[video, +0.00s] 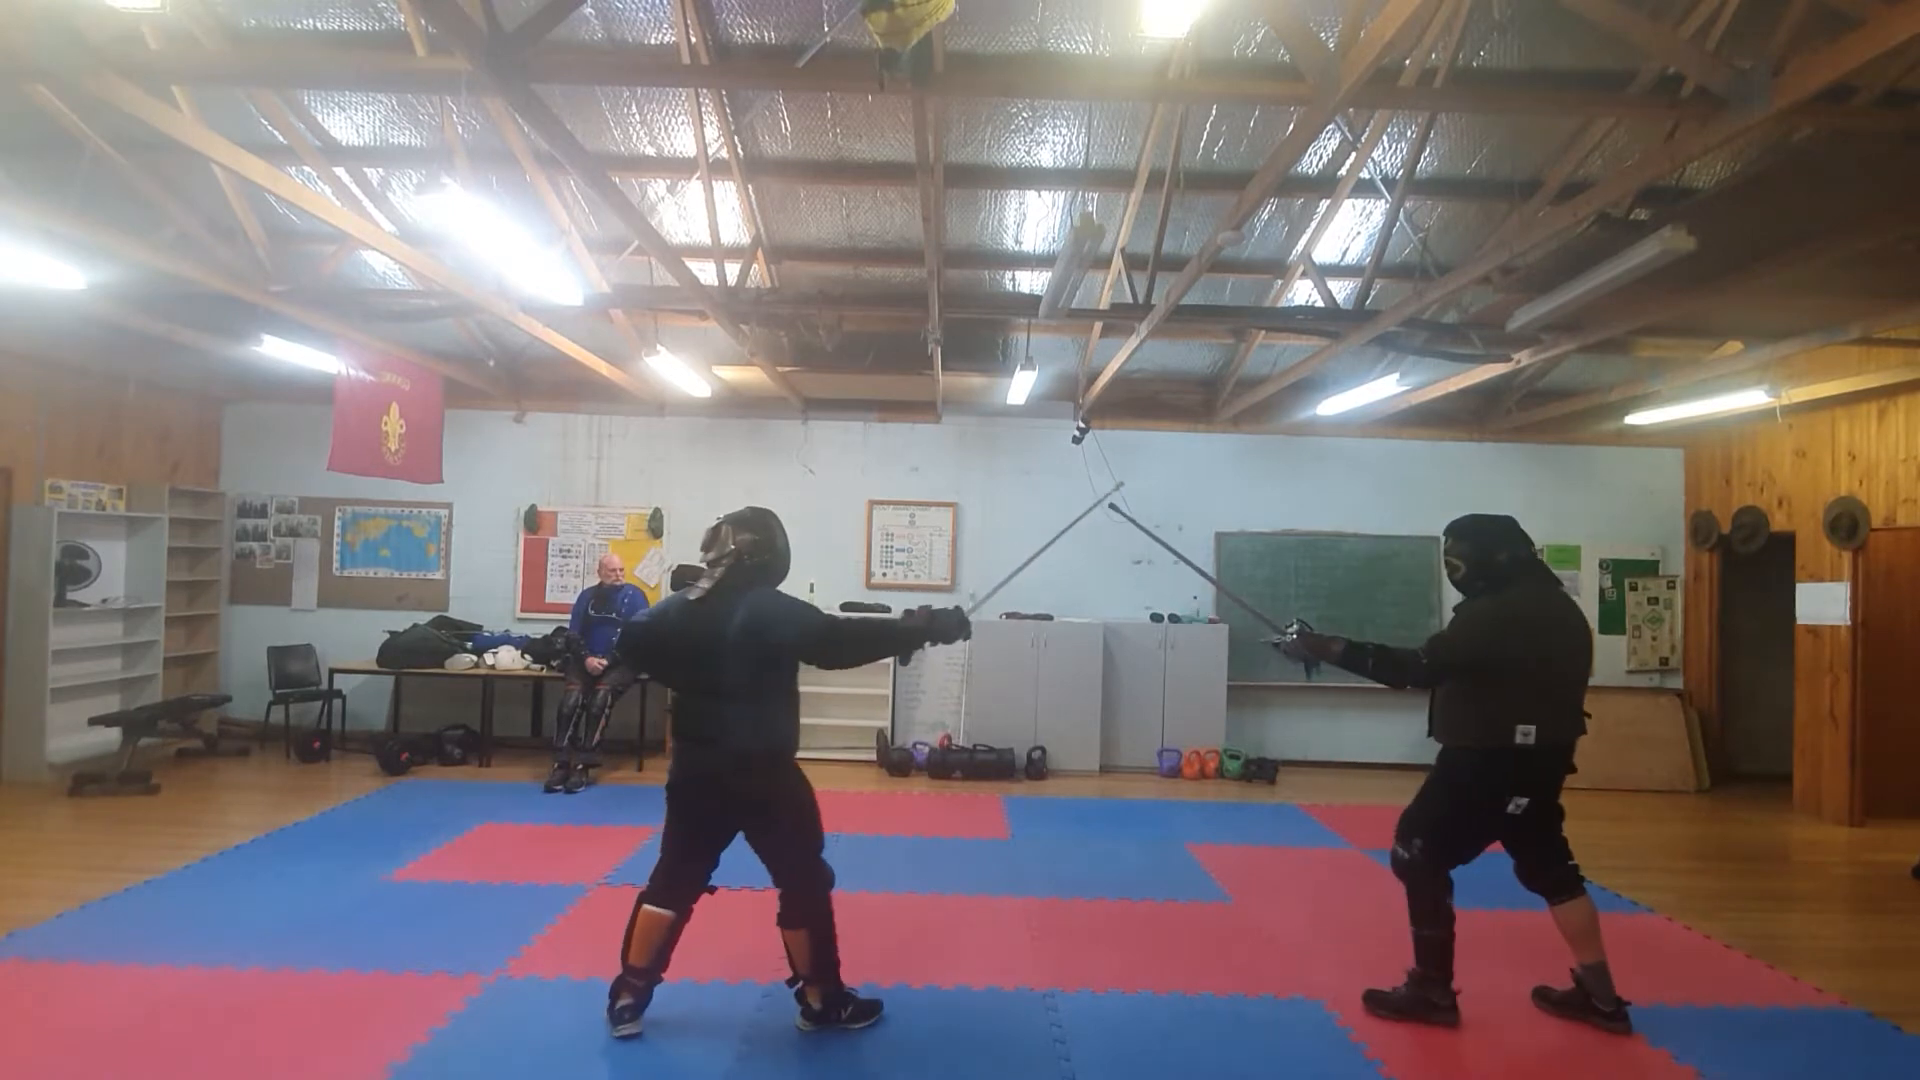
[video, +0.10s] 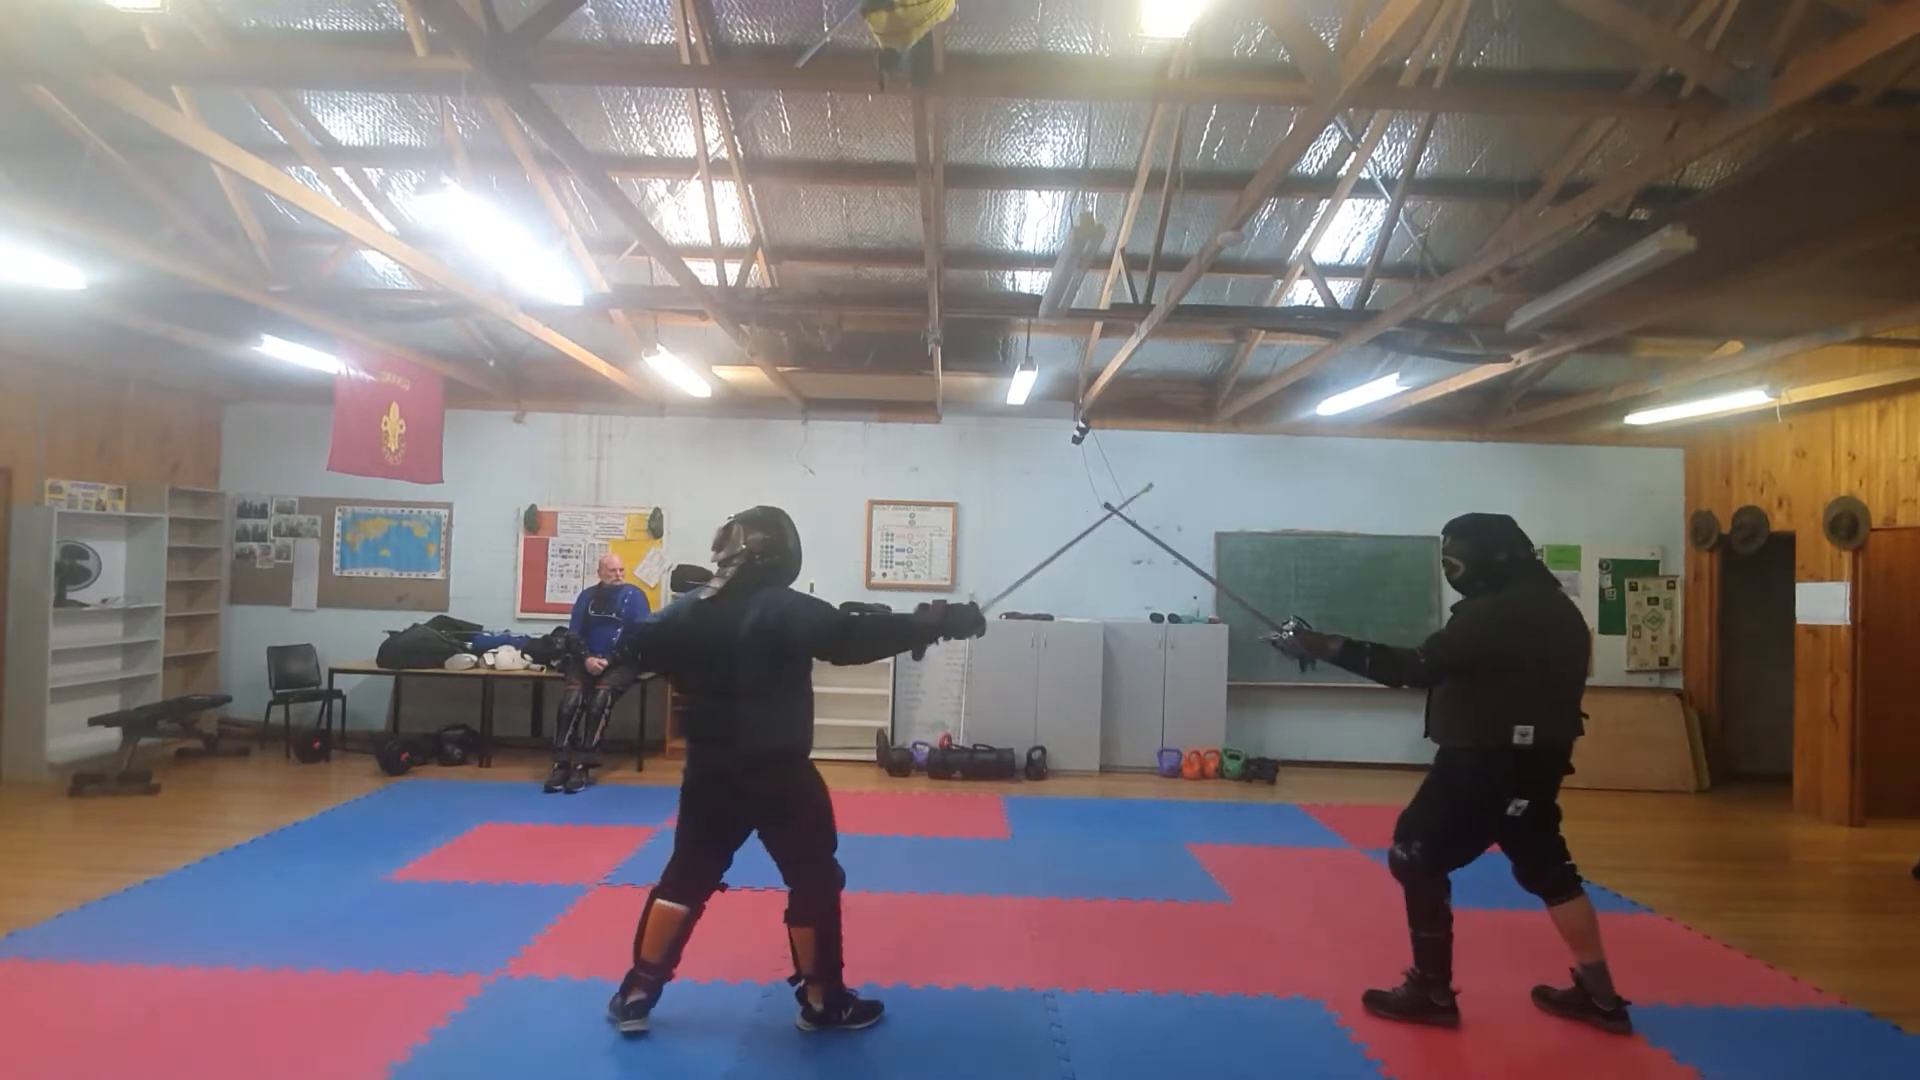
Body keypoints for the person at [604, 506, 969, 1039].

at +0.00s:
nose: (782, 566)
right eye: (779, 556)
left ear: (714, 555)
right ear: (772, 558)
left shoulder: (678, 615)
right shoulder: (779, 613)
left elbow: (632, 641)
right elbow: (840, 643)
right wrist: (922, 628)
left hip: (696, 781)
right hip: (770, 780)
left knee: (674, 878)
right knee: (804, 881)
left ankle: (628, 997)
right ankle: (821, 999)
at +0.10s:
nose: (793, 568)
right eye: (791, 558)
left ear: (726, 553)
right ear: (783, 557)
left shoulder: (687, 614)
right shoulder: (790, 610)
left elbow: (638, 644)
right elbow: (852, 638)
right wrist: (934, 622)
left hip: (711, 781)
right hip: (783, 779)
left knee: (685, 876)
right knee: (815, 879)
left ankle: (637, 993)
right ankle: (822, 999)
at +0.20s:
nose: (799, 565)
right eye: (797, 555)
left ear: (730, 553)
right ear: (788, 556)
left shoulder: (694, 613)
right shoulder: (793, 608)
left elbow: (641, 645)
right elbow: (856, 629)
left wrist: (616, 662)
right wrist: (937, 619)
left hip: (715, 779)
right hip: (787, 777)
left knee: (702, 873)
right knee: (818, 878)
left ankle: (668, 993)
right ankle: (822, 999)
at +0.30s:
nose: (798, 567)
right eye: (796, 557)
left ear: (730, 553)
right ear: (788, 557)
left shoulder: (693, 614)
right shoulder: (791, 610)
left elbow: (642, 645)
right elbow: (855, 630)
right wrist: (937, 621)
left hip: (715, 782)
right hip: (786, 781)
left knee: (706, 880)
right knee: (823, 879)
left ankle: (671, 1004)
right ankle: (822, 1002)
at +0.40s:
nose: (796, 566)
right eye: (794, 556)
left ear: (729, 553)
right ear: (785, 557)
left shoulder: (692, 614)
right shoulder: (789, 610)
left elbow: (642, 648)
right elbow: (850, 630)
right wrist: (934, 616)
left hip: (713, 782)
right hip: (784, 780)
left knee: (705, 879)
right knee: (830, 875)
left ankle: (670, 1000)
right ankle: (823, 1000)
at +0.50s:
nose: (798, 568)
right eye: (796, 558)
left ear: (730, 554)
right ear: (787, 559)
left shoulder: (693, 617)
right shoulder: (792, 611)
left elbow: (642, 649)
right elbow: (858, 627)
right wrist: (938, 610)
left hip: (715, 783)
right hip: (785, 782)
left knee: (708, 880)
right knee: (840, 871)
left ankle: (671, 999)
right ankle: (830, 997)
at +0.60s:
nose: (813, 568)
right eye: (810, 558)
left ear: (744, 556)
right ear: (802, 560)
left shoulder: (707, 613)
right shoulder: (805, 610)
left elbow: (663, 633)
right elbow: (871, 623)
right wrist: (953, 605)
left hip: (721, 781)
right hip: (792, 779)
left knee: (710, 880)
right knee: (852, 868)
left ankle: (670, 1000)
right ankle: (852, 997)